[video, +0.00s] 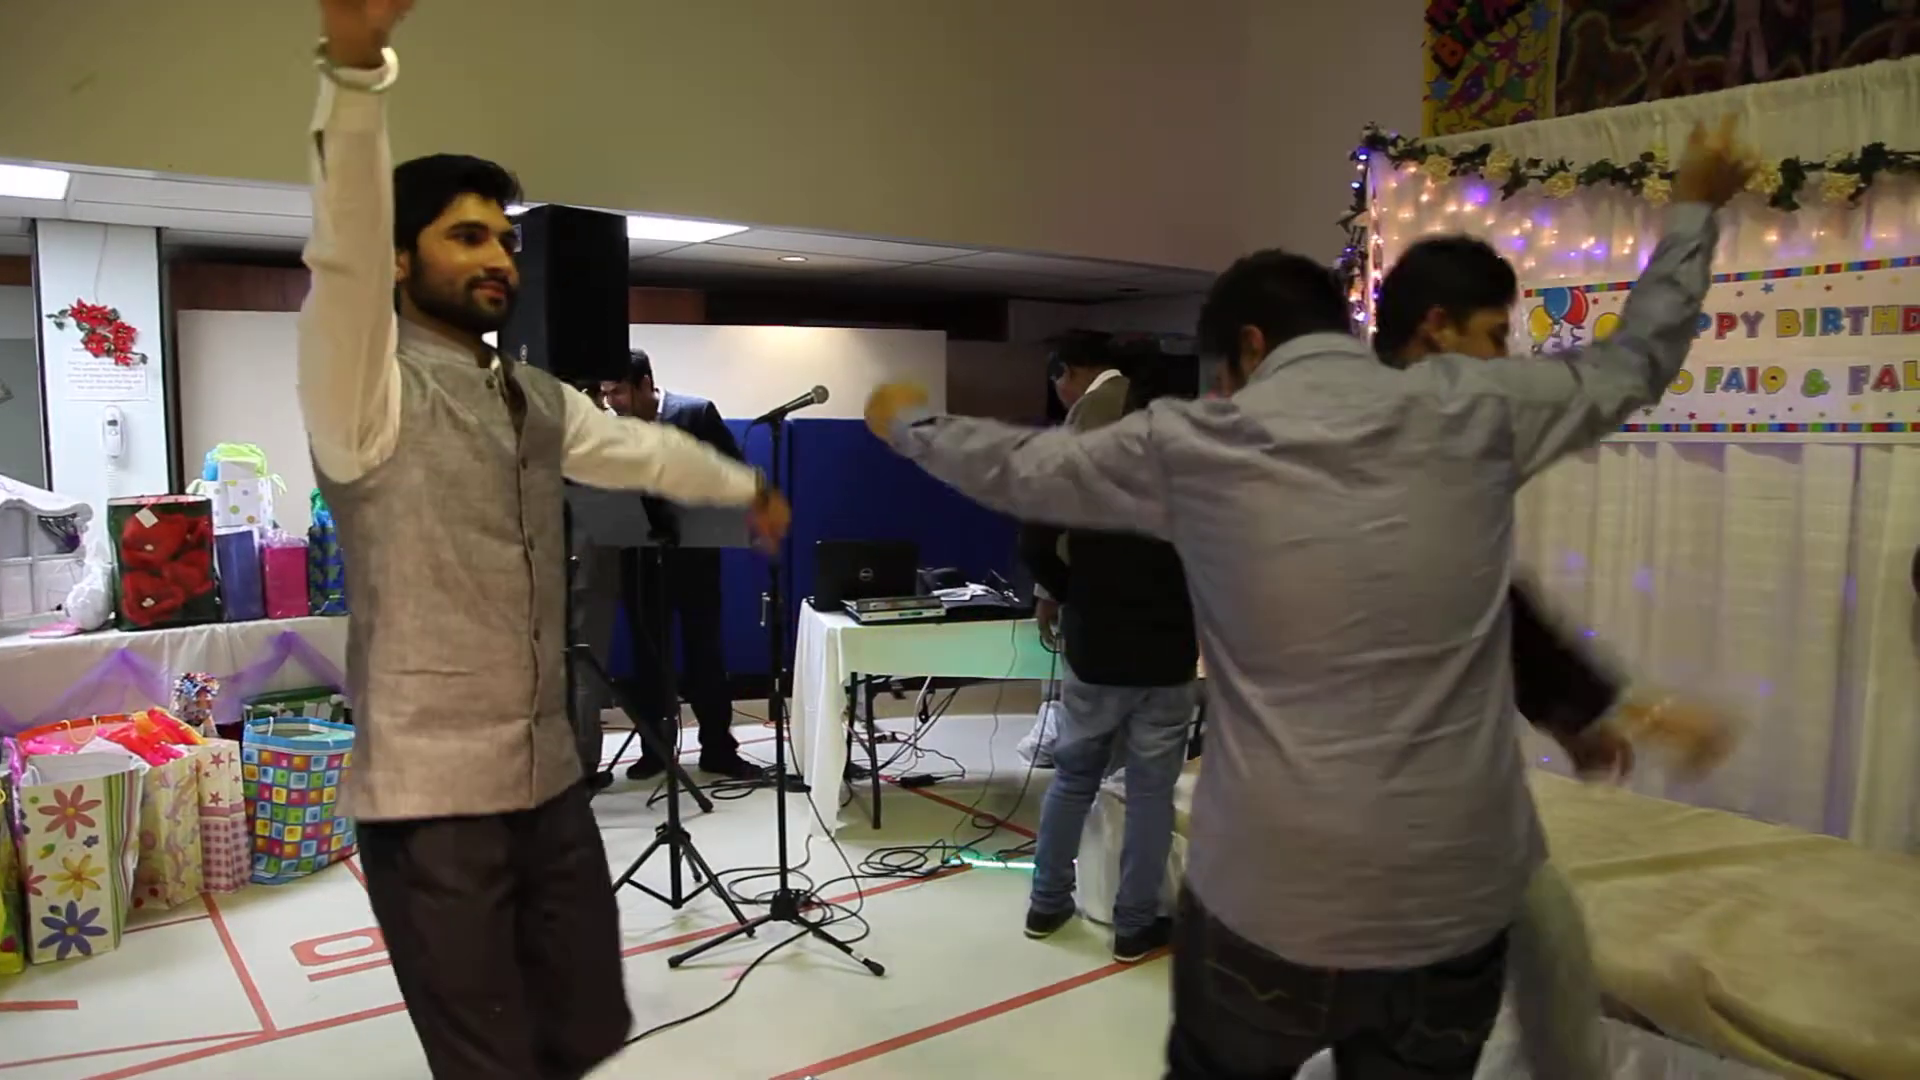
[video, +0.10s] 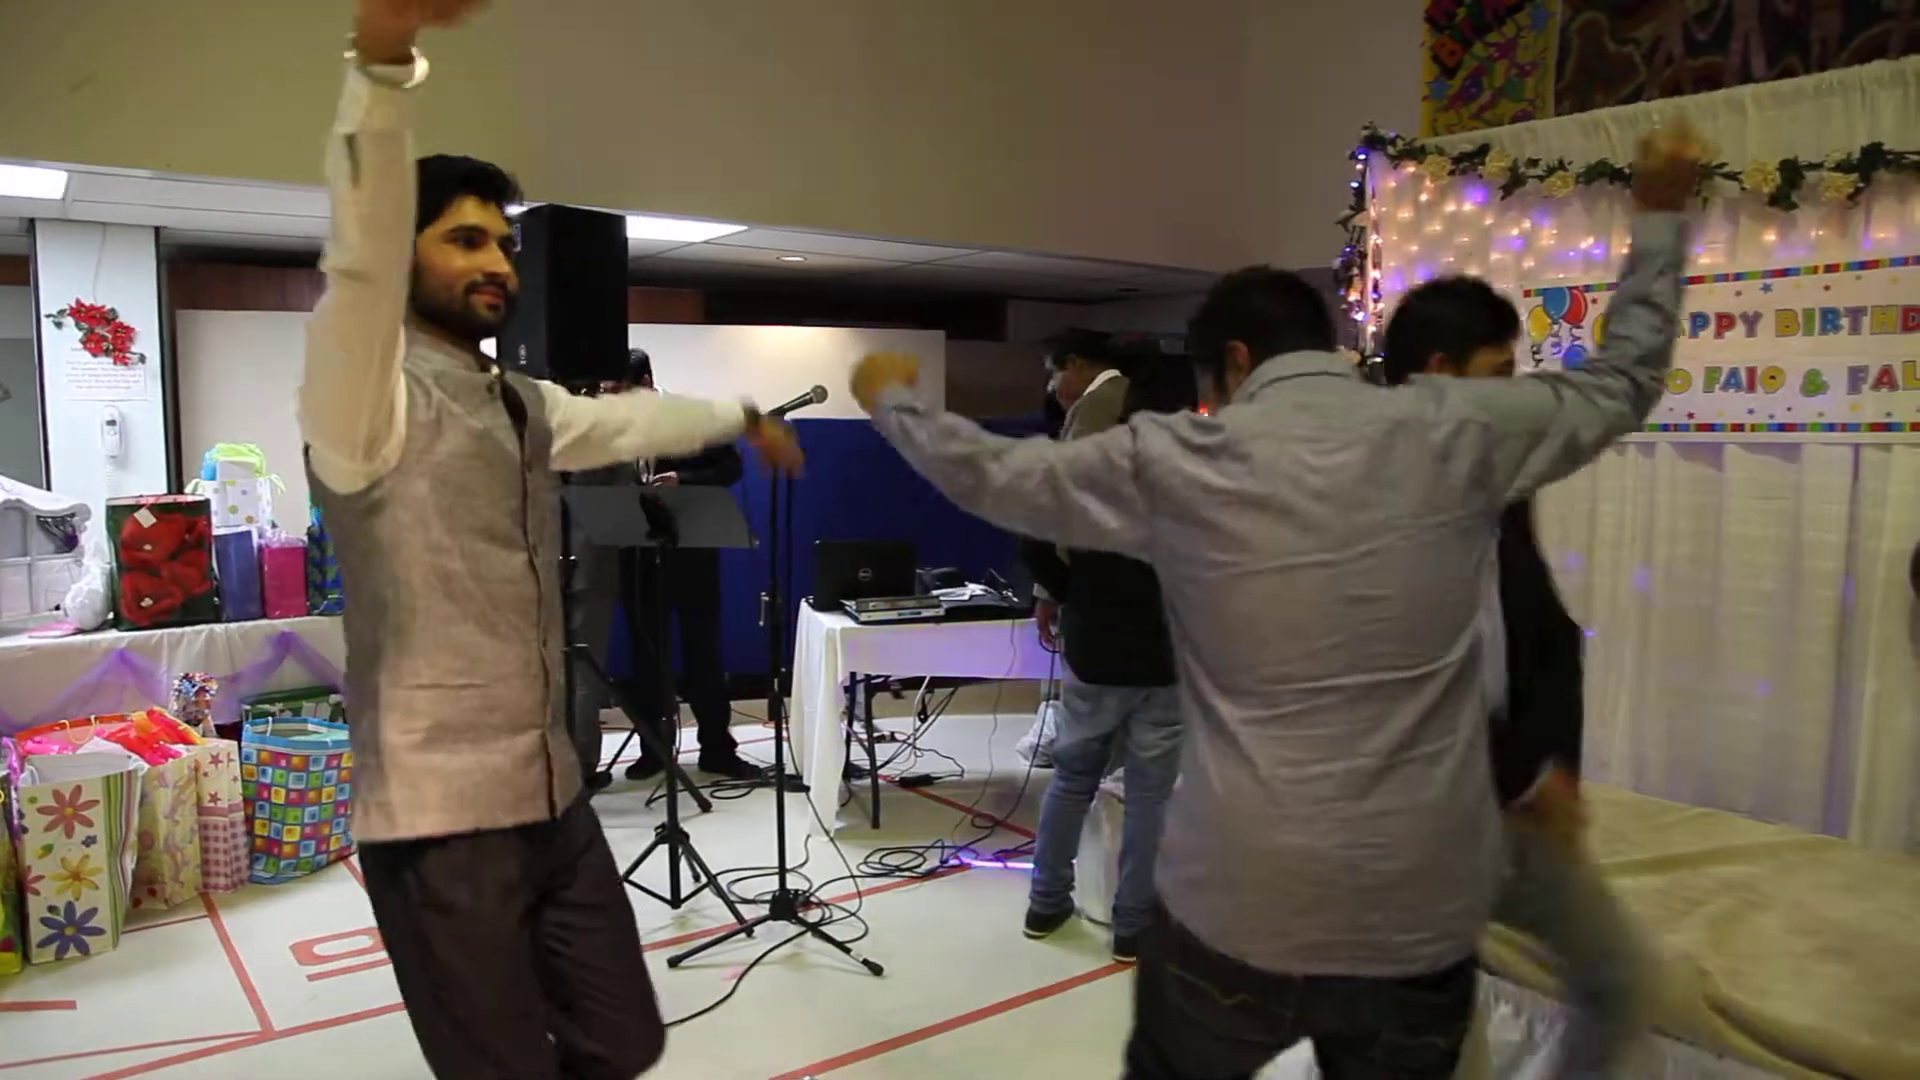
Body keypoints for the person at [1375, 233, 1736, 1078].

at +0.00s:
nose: (1509, 358)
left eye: (1508, 336)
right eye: (1496, 334)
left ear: (1438, 338)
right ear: (1432, 335)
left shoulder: (1443, 447)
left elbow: (1486, 605)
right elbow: (1489, 602)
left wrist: (1576, 719)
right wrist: (1620, 706)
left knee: (1555, 941)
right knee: (1551, 941)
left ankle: (1573, 1064)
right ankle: (1569, 1064)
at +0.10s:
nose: (1516, 394)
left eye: (1515, 373)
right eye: (1498, 373)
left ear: (1443, 374)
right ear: (1431, 375)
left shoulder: (1492, 486)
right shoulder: (1363, 495)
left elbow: (1551, 633)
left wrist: (1558, 762)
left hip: (1494, 793)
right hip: (1396, 801)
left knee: (1618, 974)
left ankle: (1563, 1071)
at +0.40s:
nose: (1575, 373)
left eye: (1579, 352)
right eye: (1556, 353)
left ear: (1580, 350)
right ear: (1489, 349)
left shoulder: (1604, 428)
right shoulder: (1413, 440)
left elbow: (1732, 556)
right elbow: (1328, 573)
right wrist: (1381, 702)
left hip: (1572, 748)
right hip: (1446, 759)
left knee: (1738, 888)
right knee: (1447, 1005)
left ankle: (1833, 1068)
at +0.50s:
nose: (1622, 400)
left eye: (1627, 380)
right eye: (1604, 381)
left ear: (1634, 376)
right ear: (1532, 377)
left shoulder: (1654, 460)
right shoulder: (1450, 455)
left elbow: (1772, 556)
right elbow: (1322, 543)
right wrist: (1308, 665)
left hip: (1592, 757)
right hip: (1462, 767)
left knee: (1753, 909)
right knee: (1440, 998)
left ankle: (1857, 1074)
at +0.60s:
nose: (1685, 394)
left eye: (1692, 375)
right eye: (1666, 376)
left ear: (1696, 368)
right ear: (1593, 366)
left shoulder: (1710, 453)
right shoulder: (1501, 425)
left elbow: (1836, 570)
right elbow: (1365, 500)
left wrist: (1917, 618)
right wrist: (1258, 583)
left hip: (1629, 745)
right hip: (1493, 749)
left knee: (1758, 955)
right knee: (1453, 978)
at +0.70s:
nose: (1738, 400)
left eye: (1747, 380)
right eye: (1719, 381)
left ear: (1752, 370)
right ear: (1648, 368)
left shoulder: (1770, 452)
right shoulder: (1553, 415)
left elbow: (1852, 602)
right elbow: (1422, 487)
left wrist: (1918, 706)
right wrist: (1299, 580)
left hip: (1666, 773)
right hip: (1526, 760)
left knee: (1735, 999)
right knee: (1446, 955)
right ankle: (1437, 1077)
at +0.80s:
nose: (1782, 424)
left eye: (1794, 403)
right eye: (1761, 403)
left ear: (1805, 394)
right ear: (1693, 387)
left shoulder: (1821, 509)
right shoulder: (1600, 441)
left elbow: (1809, 679)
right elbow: (1477, 528)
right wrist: (1345, 630)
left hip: (1695, 794)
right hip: (1556, 766)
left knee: (1741, 1043)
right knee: (1458, 953)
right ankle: (1429, 1074)